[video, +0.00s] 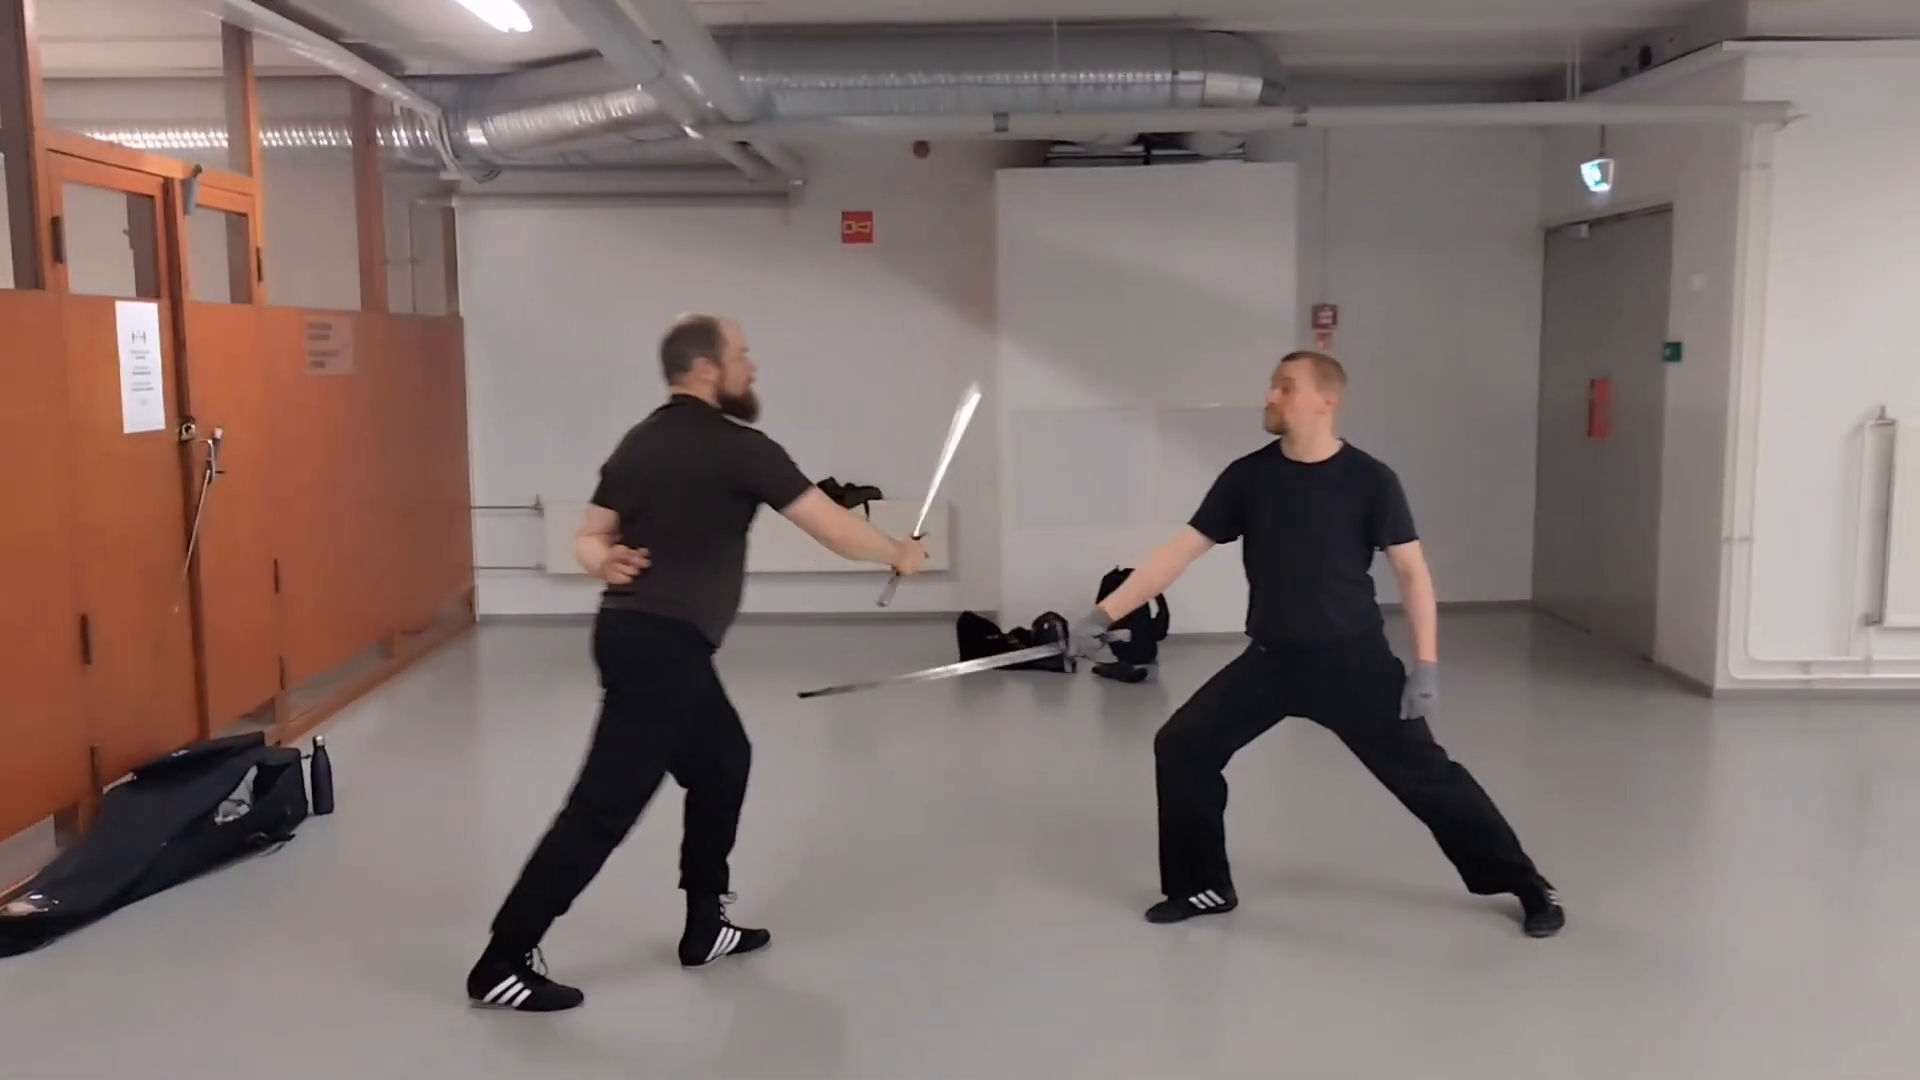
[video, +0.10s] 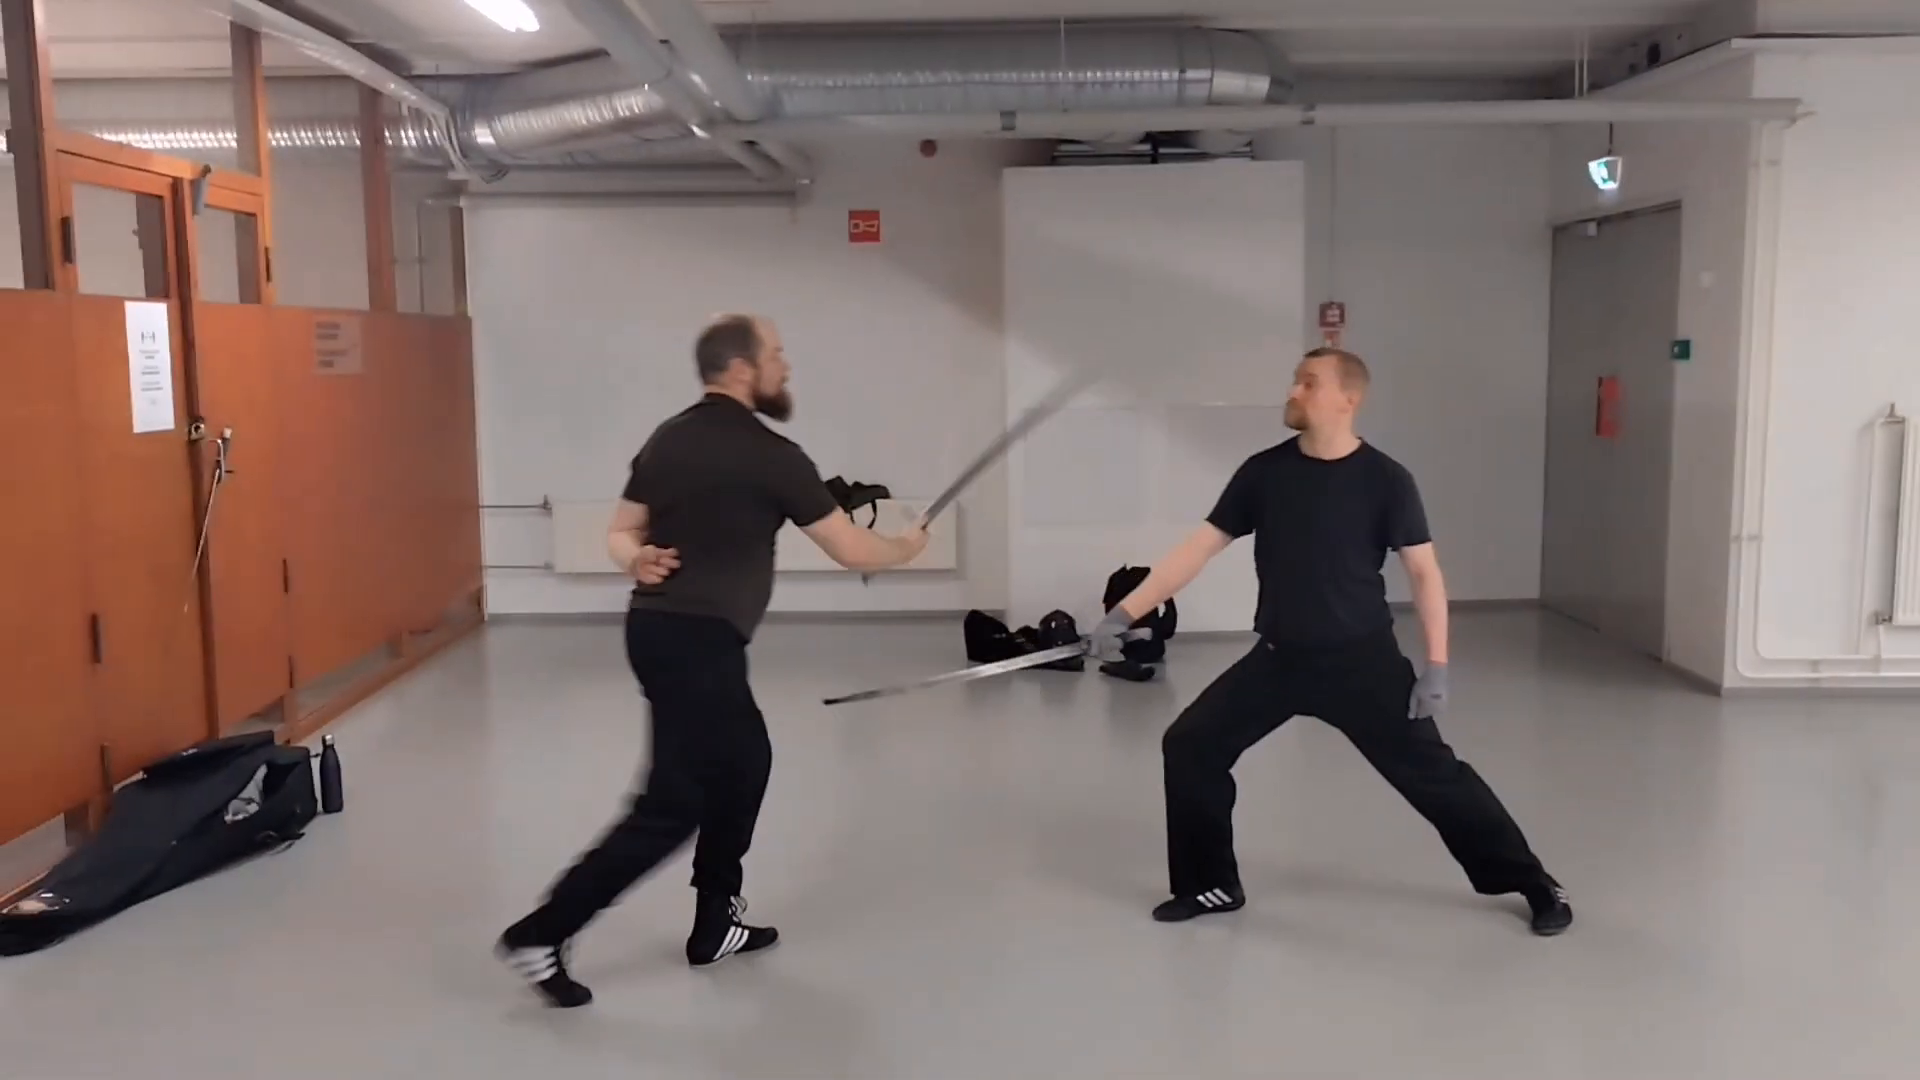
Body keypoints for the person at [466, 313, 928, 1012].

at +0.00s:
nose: (754, 368)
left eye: (749, 355)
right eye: (743, 357)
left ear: (686, 374)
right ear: (705, 371)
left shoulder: (643, 441)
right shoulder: (740, 446)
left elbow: (590, 540)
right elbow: (837, 530)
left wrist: (607, 559)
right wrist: (896, 553)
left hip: (630, 632)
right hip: (666, 643)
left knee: (722, 760)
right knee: (602, 808)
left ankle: (705, 927)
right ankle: (501, 965)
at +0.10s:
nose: (787, 367)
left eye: (782, 355)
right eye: (777, 357)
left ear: (722, 374)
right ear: (741, 370)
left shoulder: (670, 439)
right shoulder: (770, 452)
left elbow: (623, 534)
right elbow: (855, 550)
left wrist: (639, 556)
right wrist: (910, 545)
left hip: (659, 629)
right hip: (701, 638)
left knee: (744, 761)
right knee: (680, 798)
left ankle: (715, 924)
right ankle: (540, 934)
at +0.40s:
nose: (872, 369)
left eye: (870, 357)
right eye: (866, 357)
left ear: (806, 366)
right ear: (834, 365)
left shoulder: (737, 424)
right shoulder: (849, 449)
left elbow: (678, 503)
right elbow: (923, 527)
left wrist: (701, 543)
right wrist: (987, 507)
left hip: (714, 628)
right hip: (782, 629)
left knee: (749, 773)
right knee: (879, 756)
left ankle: (707, 923)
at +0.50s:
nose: (901, 372)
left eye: (899, 360)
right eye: (894, 361)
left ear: (835, 370)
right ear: (861, 369)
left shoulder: (766, 429)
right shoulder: (880, 453)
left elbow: (706, 509)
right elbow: (951, 532)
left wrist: (735, 549)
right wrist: (1011, 505)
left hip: (746, 631)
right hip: (815, 633)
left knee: (763, 771)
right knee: (913, 757)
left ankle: (700, 920)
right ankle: (1003, 902)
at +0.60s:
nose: (936, 380)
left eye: (934, 368)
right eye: (929, 369)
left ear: (866, 377)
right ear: (901, 376)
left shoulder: (805, 441)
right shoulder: (919, 462)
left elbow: (744, 522)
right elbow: (986, 543)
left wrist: (778, 562)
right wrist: (1032, 505)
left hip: (791, 643)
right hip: (866, 648)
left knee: (777, 778)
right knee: (956, 771)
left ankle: (696, 916)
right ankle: (1036, 916)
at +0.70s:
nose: (982, 383)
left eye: (978, 371)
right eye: (976, 372)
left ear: (912, 381)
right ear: (952, 381)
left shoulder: (853, 446)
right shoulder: (967, 468)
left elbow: (791, 529)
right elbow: (1027, 557)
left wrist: (826, 568)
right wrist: (1058, 522)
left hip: (834, 646)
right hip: (913, 649)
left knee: (802, 779)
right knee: (1013, 762)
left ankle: (696, 909)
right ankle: (1042, 920)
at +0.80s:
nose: (1023, 373)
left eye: (1020, 362)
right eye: (1017, 363)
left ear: (954, 375)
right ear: (991, 375)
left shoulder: (894, 435)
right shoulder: (1009, 465)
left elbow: (833, 514)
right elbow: (1060, 566)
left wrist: (857, 556)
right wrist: (1082, 543)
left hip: (865, 637)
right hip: (941, 641)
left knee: (841, 770)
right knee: (1037, 758)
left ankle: (716, 894)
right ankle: (1037, 921)